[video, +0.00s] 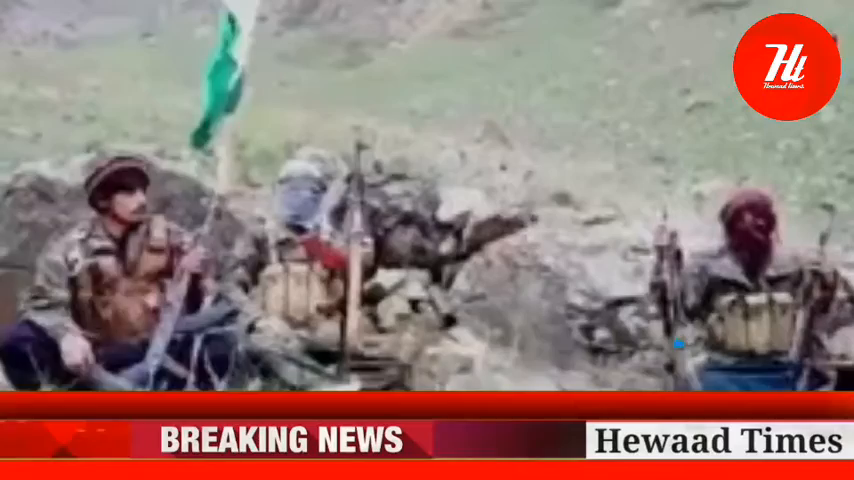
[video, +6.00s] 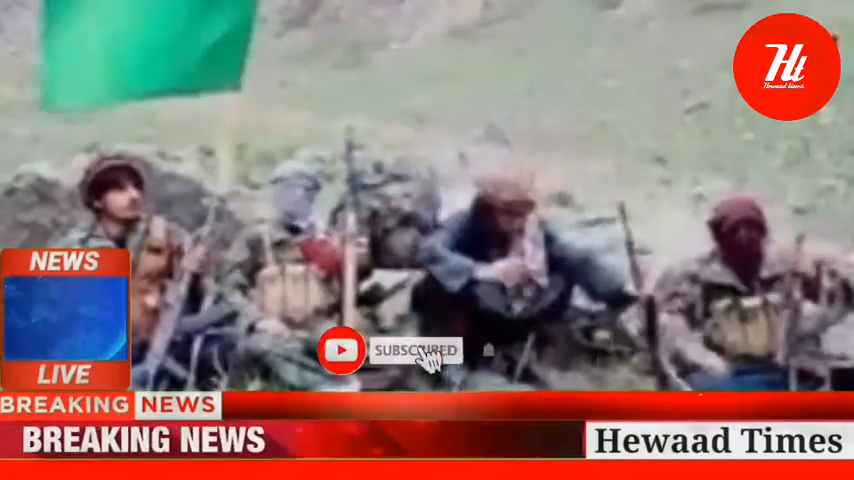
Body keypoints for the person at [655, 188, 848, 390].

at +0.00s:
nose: (754, 222)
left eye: (761, 214)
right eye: (743, 214)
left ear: (772, 224)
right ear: (731, 226)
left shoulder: (792, 269)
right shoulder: (706, 269)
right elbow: (683, 312)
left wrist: (827, 292)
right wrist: (668, 267)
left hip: (782, 369)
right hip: (722, 371)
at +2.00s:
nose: (758, 225)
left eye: (765, 219)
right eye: (749, 217)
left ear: (774, 228)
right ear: (731, 225)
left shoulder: (795, 269)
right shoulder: (706, 268)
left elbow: (824, 323)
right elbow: (675, 317)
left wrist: (826, 286)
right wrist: (669, 265)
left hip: (782, 371)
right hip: (721, 371)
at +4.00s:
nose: (763, 225)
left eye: (767, 218)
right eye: (753, 217)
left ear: (773, 226)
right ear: (731, 224)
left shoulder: (795, 269)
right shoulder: (703, 268)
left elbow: (837, 318)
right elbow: (674, 312)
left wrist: (826, 289)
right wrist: (665, 267)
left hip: (786, 376)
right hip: (719, 377)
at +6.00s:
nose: (746, 238)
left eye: (754, 228)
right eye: (736, 230)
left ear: (765, 234)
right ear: (719, 235)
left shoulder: (783, 275)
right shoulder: (687, 277)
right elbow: (676, 338)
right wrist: (722, 371)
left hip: (780, 370)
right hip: (723, 374)